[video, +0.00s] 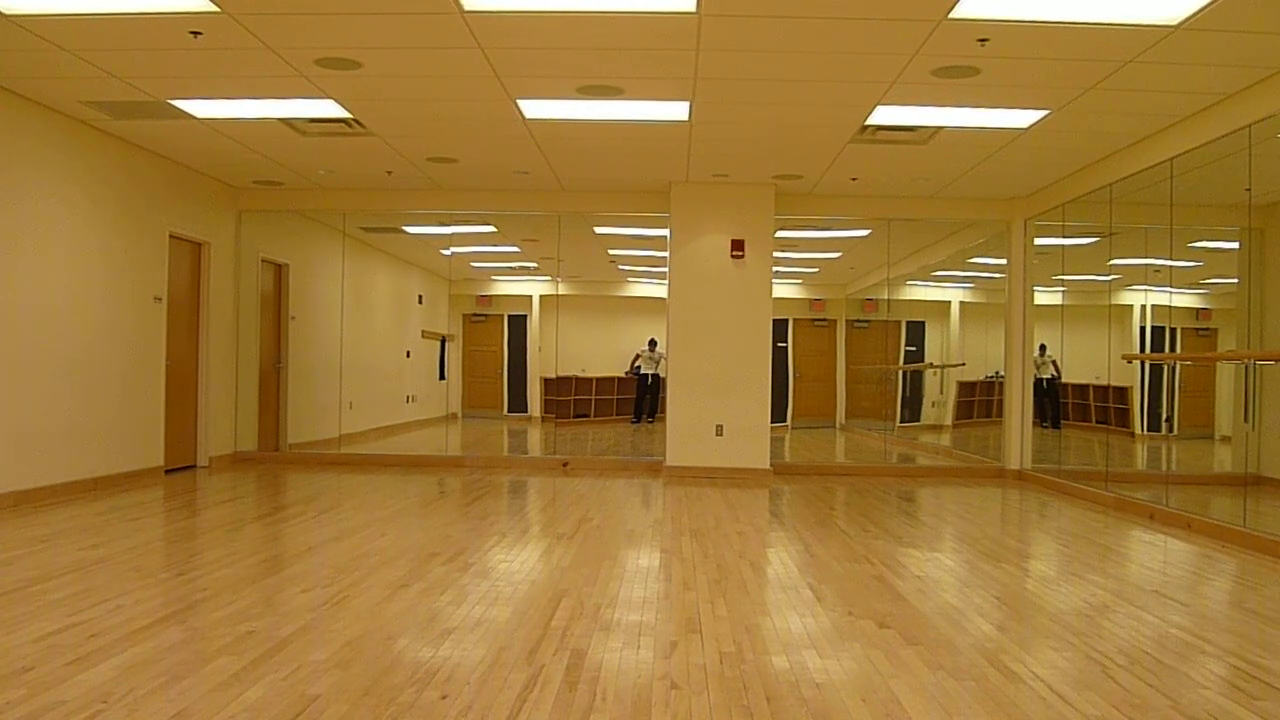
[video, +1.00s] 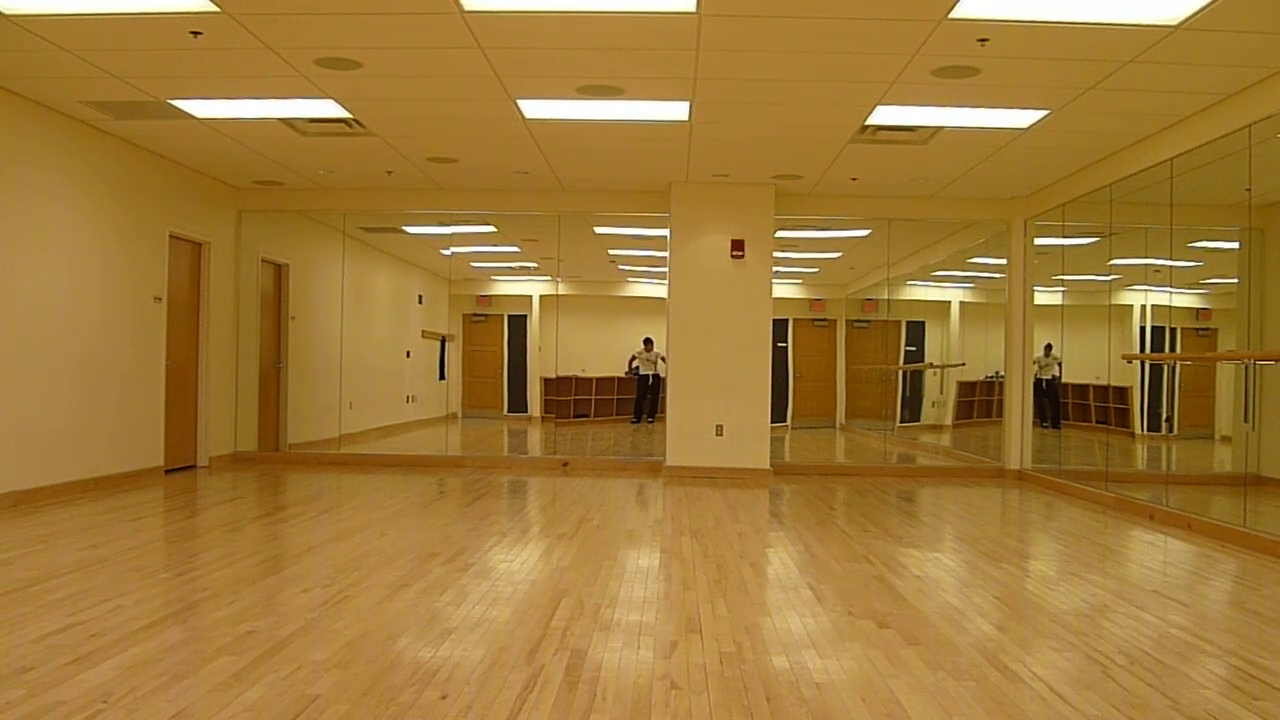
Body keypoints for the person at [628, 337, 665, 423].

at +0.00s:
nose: (652, 349)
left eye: (653, 347)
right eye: (650, 347)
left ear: (656, 347)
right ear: (648, 346)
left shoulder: (660, 354)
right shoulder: (642, 352)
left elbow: (668, 361)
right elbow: (634, 360)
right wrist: (630, 369)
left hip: (654, 373)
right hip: (643, 373)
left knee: (654, 396)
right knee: (640, 395)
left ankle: (651, 416)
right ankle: (637, 416)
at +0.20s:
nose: (652, 349)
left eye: (653, 347)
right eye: (650, 346)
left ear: (656, 346)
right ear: (648, 345)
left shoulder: (660, 354)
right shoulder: (642, 352)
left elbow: (668, 361)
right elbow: (634, 360)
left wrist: (668, 373)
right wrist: (630, 369)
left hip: (654, 374)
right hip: (643, 373)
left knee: (654, 396)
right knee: (640, 395)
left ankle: (651, 416)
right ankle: (637, 416)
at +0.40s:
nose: (651, 349)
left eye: (653, 347)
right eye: (650, 347)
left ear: (655, 347)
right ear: (647, 346)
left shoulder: (659, 354)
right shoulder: (642, 352)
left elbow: (668, 360)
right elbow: (634, 359)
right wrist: (630, 369)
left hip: (654, 374)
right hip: (643, 373)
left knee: (654, 396)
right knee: (640, 395)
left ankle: (651, 416)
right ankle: (637, 416)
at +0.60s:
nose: (651, 349)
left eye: (652, 347)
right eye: (649, 347)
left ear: (655, 346)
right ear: (647, 346)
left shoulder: (659, 354)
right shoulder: (641, 352)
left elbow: (667, 360)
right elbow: (633, 360)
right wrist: (630, 370)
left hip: (654, 374)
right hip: (643, 374)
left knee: (654, 396)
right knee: (640, 395)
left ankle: (651, 416)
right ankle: (637, 416)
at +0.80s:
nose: (651, 348)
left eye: (652, 346)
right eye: (649, 346)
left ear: (655, 346)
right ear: (646, 346)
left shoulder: (658, 354)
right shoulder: (641, 352)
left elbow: (666, 360)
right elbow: (632, 360)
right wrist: (630, 370)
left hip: (654, 374)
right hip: (643, 374)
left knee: (654, 396)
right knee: (640, 395)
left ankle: (651, 416)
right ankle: (637, 416)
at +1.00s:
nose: (649, 348)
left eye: (650, 346)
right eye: (647, 346)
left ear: (653, 346)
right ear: (644, 346)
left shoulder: (656, 353)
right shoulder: (639, 353)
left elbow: (664, 360)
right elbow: (630, 361)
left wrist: (668, 366)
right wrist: (630, 370)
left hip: (654, 374)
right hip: (643, 374)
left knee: (654, 396)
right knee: (640, 396)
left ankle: (651, 416)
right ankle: (637, 416)